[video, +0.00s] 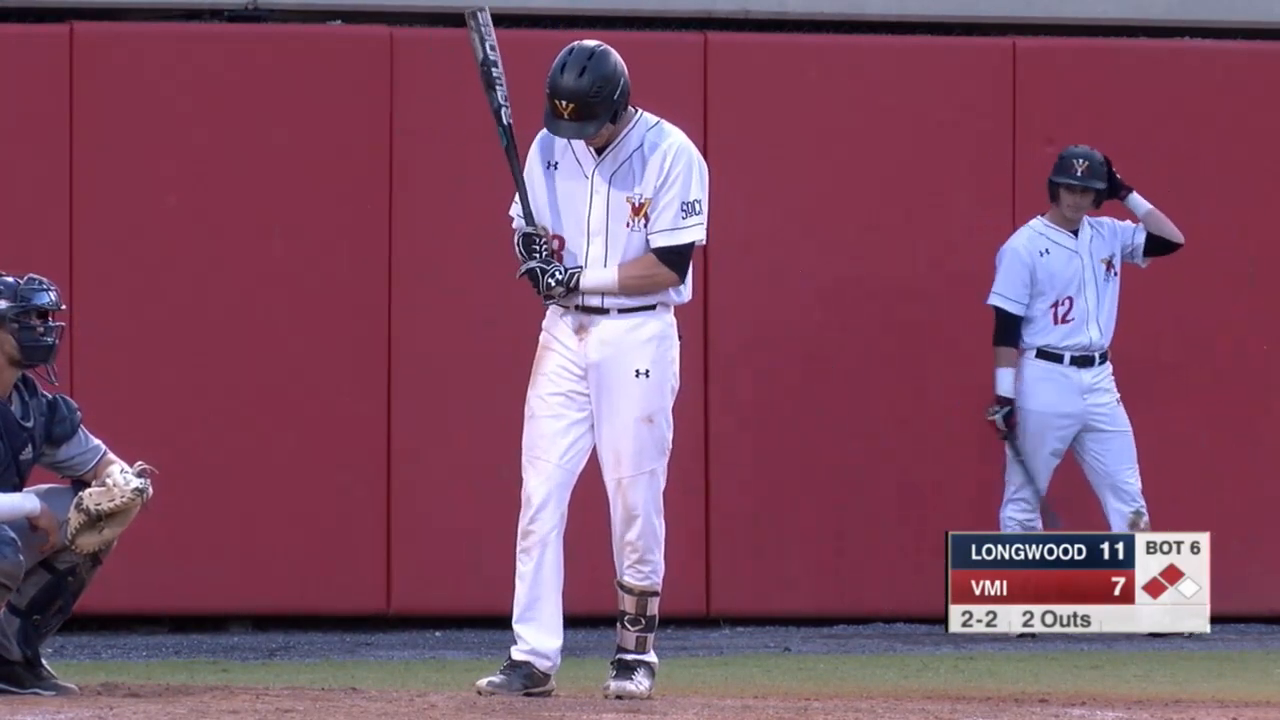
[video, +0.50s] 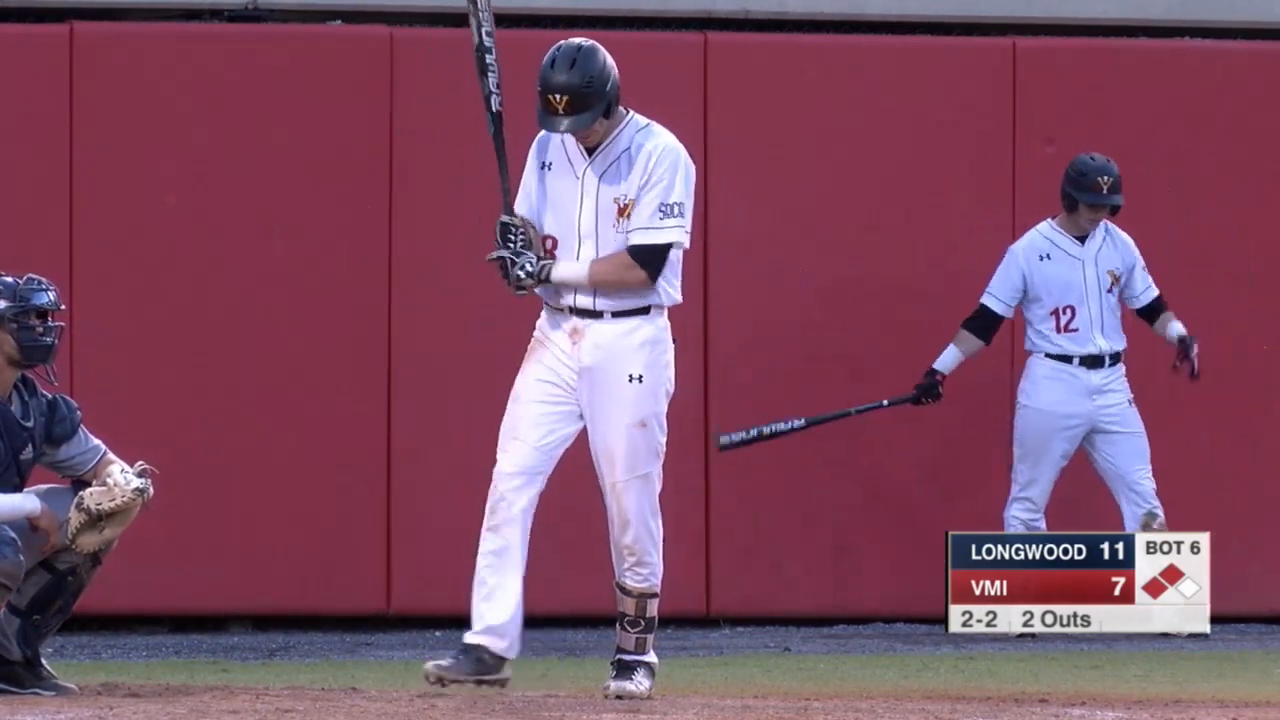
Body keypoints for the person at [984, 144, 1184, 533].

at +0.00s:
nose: (1076, 199)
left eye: (1086, 192)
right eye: (1070, 189)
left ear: (1098, 196)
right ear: (1054, 188)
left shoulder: (1108, 233)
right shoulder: (1024, 246)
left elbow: (1171, 240)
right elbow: (1007, 327)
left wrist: (1125, 193)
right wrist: (1004, 395)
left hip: (1099, 380)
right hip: (1044, 378)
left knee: (1128, 501)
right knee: (1024, 501)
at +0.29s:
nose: (1080, 209)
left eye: (1088, 201)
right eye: (1072, 200)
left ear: (1097, 198)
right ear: (1053, 192)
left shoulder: (1107, 240)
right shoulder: (1015, 249)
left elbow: (1164, 287)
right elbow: (983, 327)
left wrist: (1155, 238)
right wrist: (950, 389)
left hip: (1099, 383)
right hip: (1040, 381)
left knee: (1138, 503)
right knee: (1021, 507)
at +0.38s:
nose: (1086, 212)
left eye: (1094, 204)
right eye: (1078, 202)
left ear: (1101, 200)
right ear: (1057, 194)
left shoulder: (1107, 241)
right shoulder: (1018, 250)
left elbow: (1156, 298)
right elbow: (981, 325)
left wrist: (1168, 277)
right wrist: (945, 383)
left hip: (1102, 383)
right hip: (1043, 382)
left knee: (1140, 499)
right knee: (1023, 505)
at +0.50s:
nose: (1101, 215)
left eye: (1107, 207)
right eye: (1094, 206)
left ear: (1114, 202)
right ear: (1070, 199)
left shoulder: (1118, 244)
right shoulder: (1028, 250)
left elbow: (1150, 303)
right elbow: (985, 320)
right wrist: (938, 370)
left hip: (1111, 386)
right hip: (1051, 384)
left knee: (1145, 504)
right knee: (1028, 505)